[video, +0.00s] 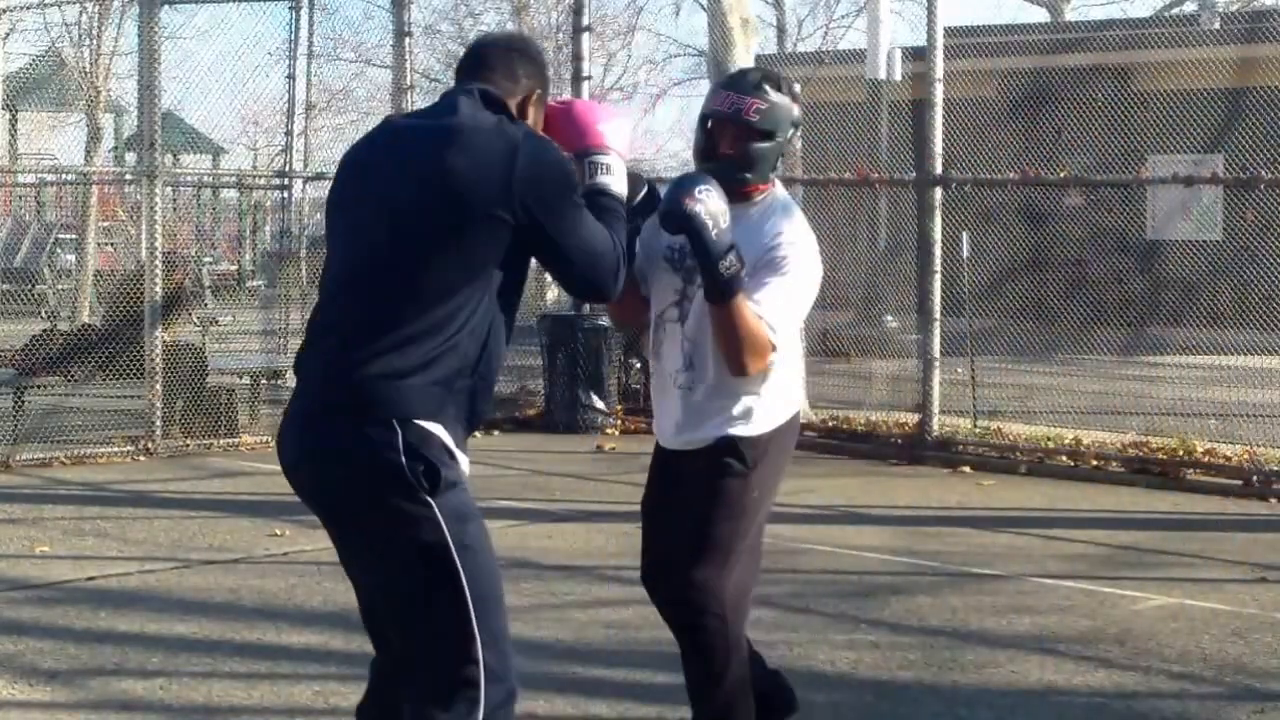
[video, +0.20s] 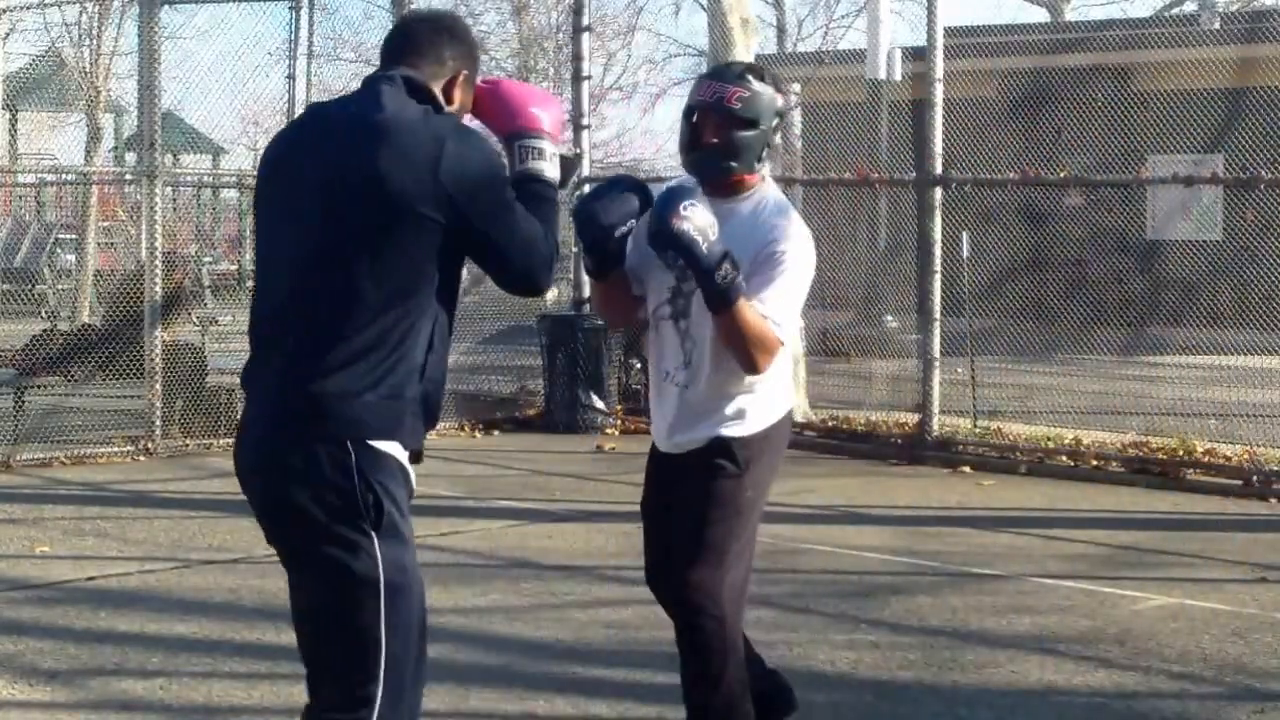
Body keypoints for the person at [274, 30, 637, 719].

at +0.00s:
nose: (540, 123)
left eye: (540, 114)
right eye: (542, 111)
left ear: (461, 84)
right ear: (529, 101)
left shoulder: (371, 147)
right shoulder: (521, 156)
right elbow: (600, 276)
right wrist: (600, 183)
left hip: (317, 428)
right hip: (398, 435)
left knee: (404, 660)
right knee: (478, 678)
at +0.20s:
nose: (472, 107)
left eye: (472, 95)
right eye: (472, 93)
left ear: (384, 68)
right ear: (455, 84)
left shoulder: (291, 140)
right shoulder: (445, 145)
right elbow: (531, 270)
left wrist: (464, 147)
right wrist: (538, 159)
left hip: (270, 439)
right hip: (353, 450)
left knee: (341, 679)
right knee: (381, 689)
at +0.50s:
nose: (448, 117)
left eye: (456, 100)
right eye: (454, 96)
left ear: (376, 52)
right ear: (429, 71)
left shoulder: (284, 112)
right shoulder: (379, 134)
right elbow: (491, 265)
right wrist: (517, 151)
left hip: (229, 433)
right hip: (287, 448)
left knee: (297, 688)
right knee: (319, 695)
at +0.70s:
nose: (441, 134)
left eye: (448, 120)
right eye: (446, 117)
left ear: (372, 73)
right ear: (425, 91)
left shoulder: (273, 133)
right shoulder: (389, 138)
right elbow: (481, 273)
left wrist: (433, 170)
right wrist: (511, 173)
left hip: (213, 418)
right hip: (269, 430)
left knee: (342, 616)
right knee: (283, 671)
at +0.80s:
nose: (436, 134)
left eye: (439, 121)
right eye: (438, 118)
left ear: (362, 78)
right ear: (416, 94)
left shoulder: (269, 134)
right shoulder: (392, 141)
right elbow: (480, 267)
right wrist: (514, 175)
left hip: (204, 415)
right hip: (257, 423)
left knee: (338, 622)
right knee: (264, 670)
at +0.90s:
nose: (415, 129)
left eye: (417, 115)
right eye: (415, 113)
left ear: (332, 81)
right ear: (389, 94)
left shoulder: (246, 135)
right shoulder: (373, 140)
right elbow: (473, 254)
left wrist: (400, 157)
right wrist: (522, 205)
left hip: (185, 418)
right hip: (236, 425)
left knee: (328, 622)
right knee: (267, 665)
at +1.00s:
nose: (382, 128)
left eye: (386, 112)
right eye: (384, 110)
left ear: (301, 73)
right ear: (359, 86)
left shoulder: (214, 130)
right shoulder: (333, 138)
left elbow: (306, 197)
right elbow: (417, 271)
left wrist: (413, 158)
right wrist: (470, 192)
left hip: (158, 421)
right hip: (216, 435)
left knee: (305, 628)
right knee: (209, 679)